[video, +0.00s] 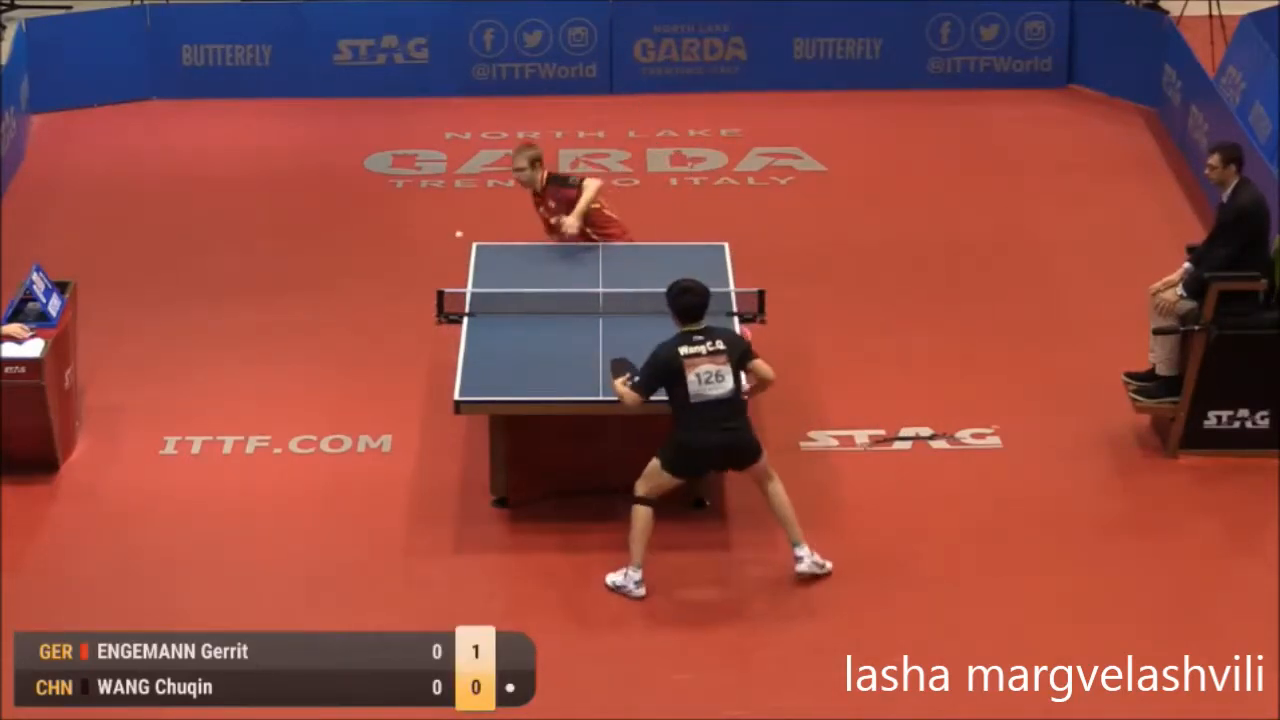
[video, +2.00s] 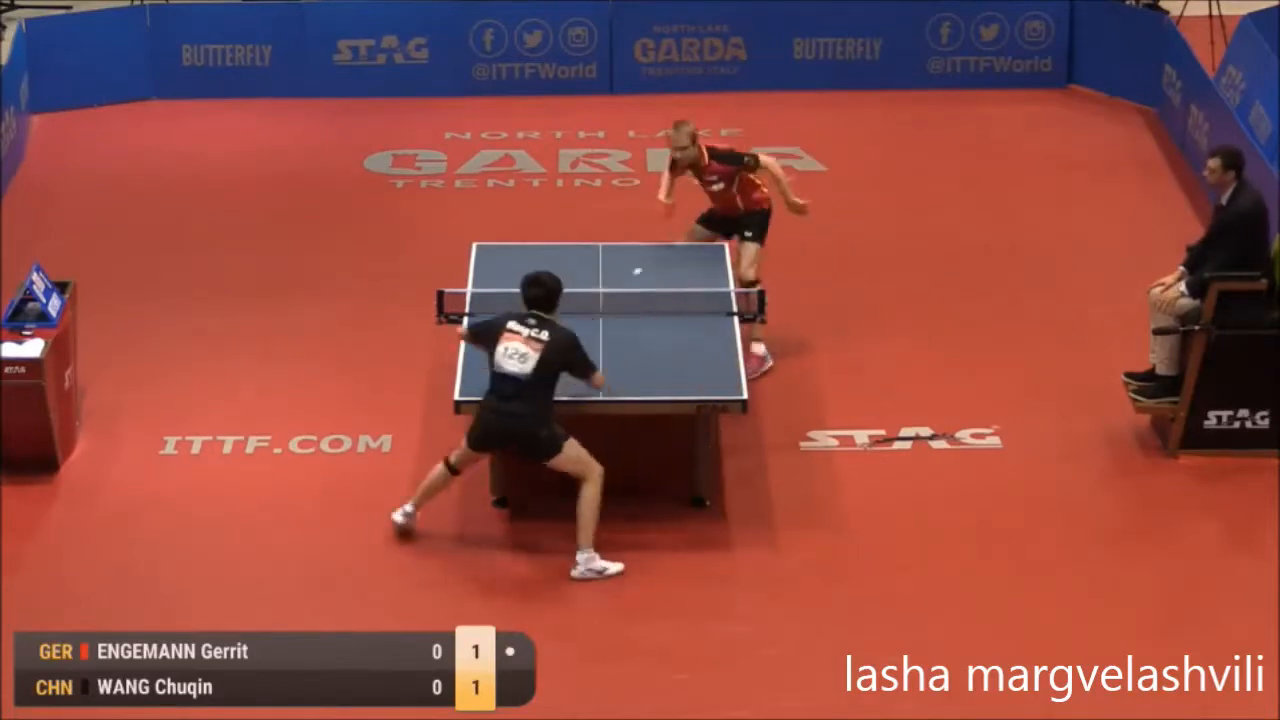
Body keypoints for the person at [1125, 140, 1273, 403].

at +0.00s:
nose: (1206, 173)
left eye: (1212, 168)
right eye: (1207, 167)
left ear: (1231, 168)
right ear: (1227, 169)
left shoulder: (1244, 203)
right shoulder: (1234, 197)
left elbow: (1221, 256)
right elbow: (1211, 246)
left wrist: (1183, 289)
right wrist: (1179, 274)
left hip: (1239, 292)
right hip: (1225, 282)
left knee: (1165, 306)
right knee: (1158, 297)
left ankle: (1169, 379)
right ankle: (1159, 369)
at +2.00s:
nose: (1205, 174)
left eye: (1211, 170)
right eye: (1206, 169)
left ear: (1229, 174)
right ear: (1223, 173)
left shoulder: (1245, 207)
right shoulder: (1229, 200)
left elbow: (1226, 263)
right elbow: (1208, 244)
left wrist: (1184, 288)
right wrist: (1179, 274)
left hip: (1237, 291)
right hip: (1221, 279)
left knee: (1166, 305)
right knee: (1156, 296)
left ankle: (1169, 378)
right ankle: (1160, 369)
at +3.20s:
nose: (1206, 175)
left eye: (1211, 170)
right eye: (1206, 169)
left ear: (1229, 171)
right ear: (1223, 172)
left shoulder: (1246, 206)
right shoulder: (1229, 200)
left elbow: (1227, 263)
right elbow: (1209, 244)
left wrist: (1185, 287)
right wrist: (1179, 274)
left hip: (1238, 291)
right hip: (1221, 279)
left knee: (1166, 305)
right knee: (1156, 295)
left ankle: (1169, 378)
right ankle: (1160, 369)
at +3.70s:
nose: (1207, 175)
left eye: (1213, 169)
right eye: (1207, 169)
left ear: (1232, 170)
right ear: (1225, 172)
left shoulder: (1245, 205)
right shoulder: (1231, 199)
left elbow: (1221, 257)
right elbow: (1210, 244)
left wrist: (1178, 279)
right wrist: (1177, 272)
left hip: (1236, 288)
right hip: (1222, 278)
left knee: (1165, 307)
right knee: (1157, 296)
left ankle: (1168, 378)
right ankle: (1160, 369)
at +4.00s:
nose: (1208, 170)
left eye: (1215, 166)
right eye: (1210, 164)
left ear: (1233, 174)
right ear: (1227, 173)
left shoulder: (1249, 205)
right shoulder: (1226, 199)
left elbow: (1229, 264)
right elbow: (1205, 240)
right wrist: (1173, 274)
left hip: (1240, 291)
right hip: (1222, 279)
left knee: (1167, 307)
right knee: (1158, 297)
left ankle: (1168, 378)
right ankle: (1159, 370)